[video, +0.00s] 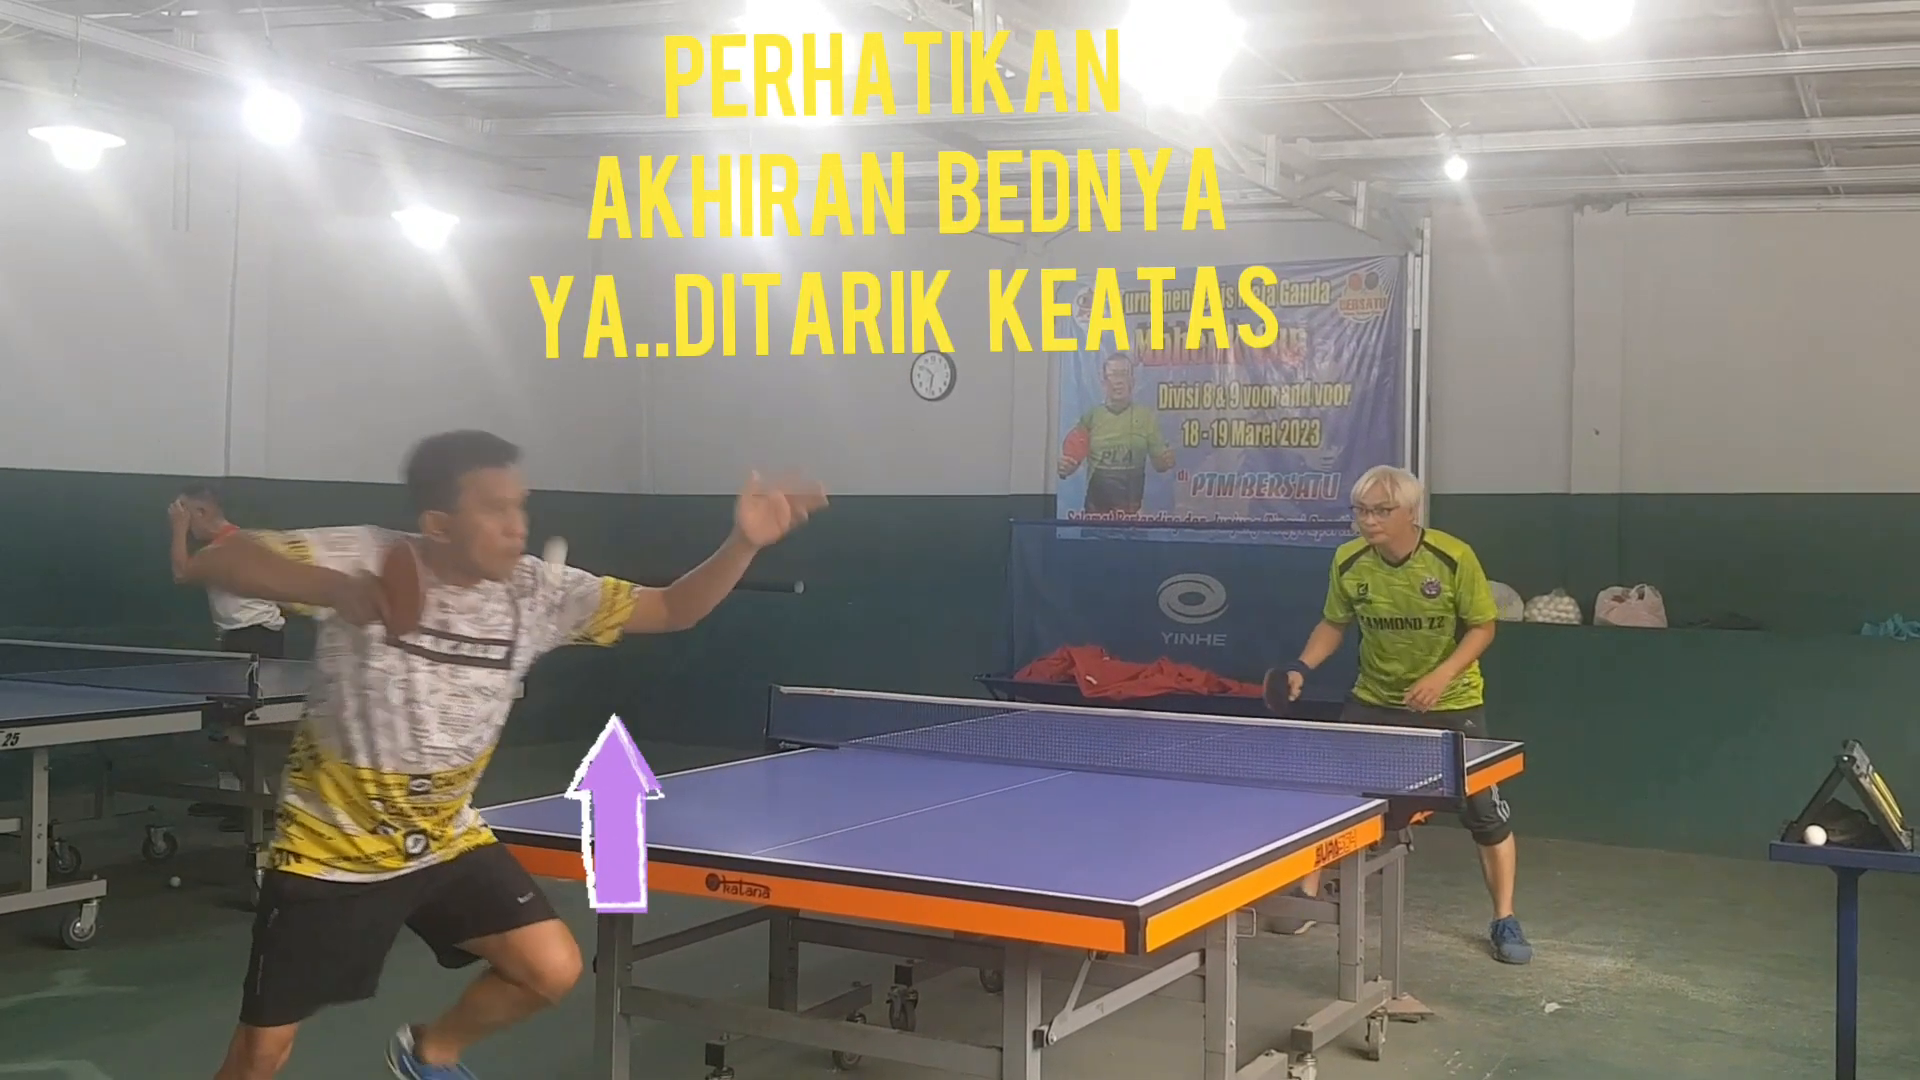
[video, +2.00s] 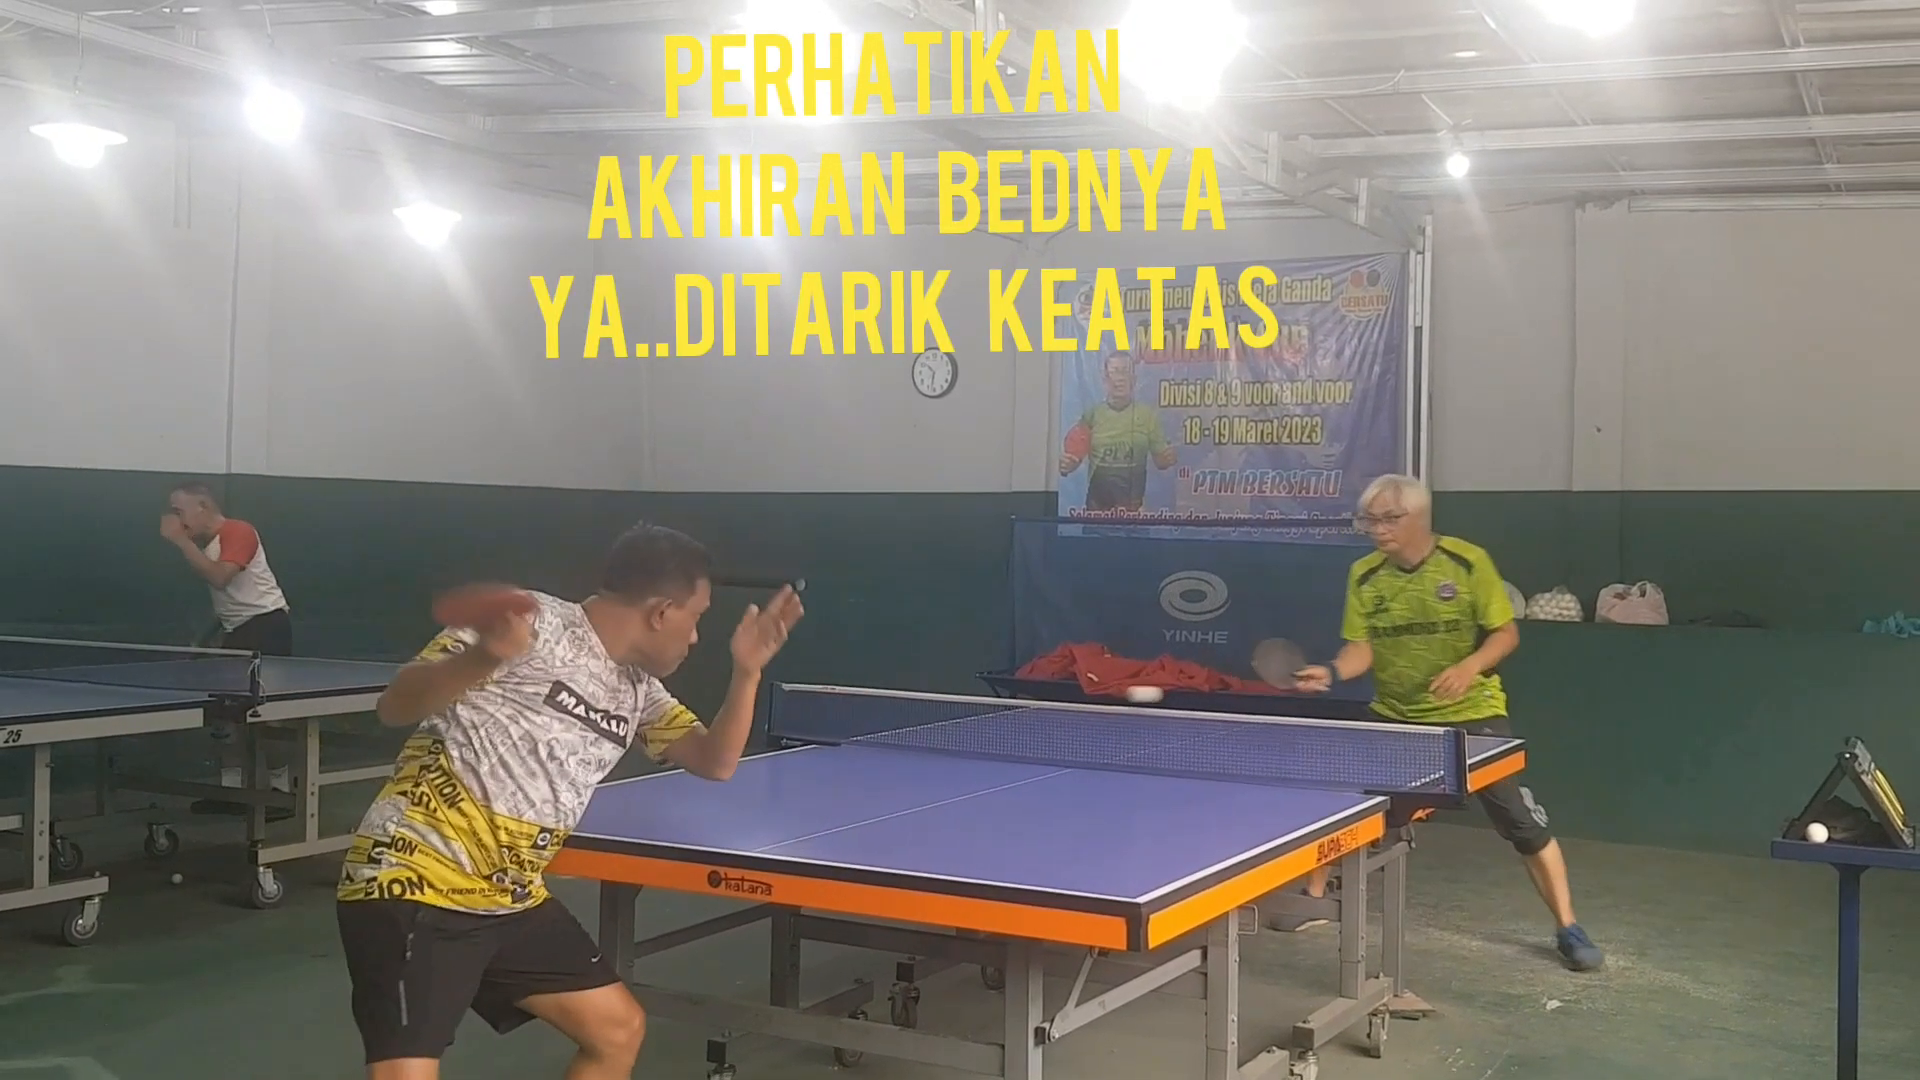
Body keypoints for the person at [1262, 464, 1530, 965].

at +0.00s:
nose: (1367, 521)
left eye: (1378, 511)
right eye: (1361, 511)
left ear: (1409, 513)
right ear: (1355, 515)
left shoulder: (1454, 558)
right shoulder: (1349, 561)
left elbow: (1483, 626)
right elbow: (1332, 624)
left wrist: (1441, 676)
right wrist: (1301, 668)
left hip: (1452, 705)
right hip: (1373, 702)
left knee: (1485, 808)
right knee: (1330, 790)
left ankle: (1505, 918)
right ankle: (1308, 895)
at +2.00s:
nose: (1377, 530)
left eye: (1387, 519)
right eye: (1371, 521)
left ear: (1417, 517)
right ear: (1366, 524)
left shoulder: (1469, 563)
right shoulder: (1364, 574)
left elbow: (1506, 635)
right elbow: (1361, 648)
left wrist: (1469, 667)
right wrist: (1331, 671)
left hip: (1473, 719)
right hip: (1393, 719)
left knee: (1522, 816)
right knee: (1335, 794)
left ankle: (1568, 926)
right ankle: (1312, 896)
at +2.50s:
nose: (1416, 530)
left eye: (1427, 519)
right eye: (1409, 520)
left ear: (1457, 517)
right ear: (1403, 521)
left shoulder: (1508, 558)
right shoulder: (1397, 574)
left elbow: (1544, 630)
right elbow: (1407, 650)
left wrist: (1508, 657)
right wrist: (1390, 670)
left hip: (1502, 713)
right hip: (1424, 714)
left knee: (1540, 819)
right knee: (1357, 792)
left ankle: (1576, 930)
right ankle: (1318, 893)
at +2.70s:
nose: (1428, 529)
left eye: (1439, 519)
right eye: (1421, 519)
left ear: (1468, 516)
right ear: (1414, 520)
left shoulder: (1518, 555)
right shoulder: (1407, 573)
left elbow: (1556, 626)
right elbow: (1424, 648)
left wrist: (1521, 652)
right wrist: (1411, 668)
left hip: (1511, 710)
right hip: (1433, 711)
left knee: (1546, 821)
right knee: (1366, 796)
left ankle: (1577, 931)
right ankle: (1318, 889)